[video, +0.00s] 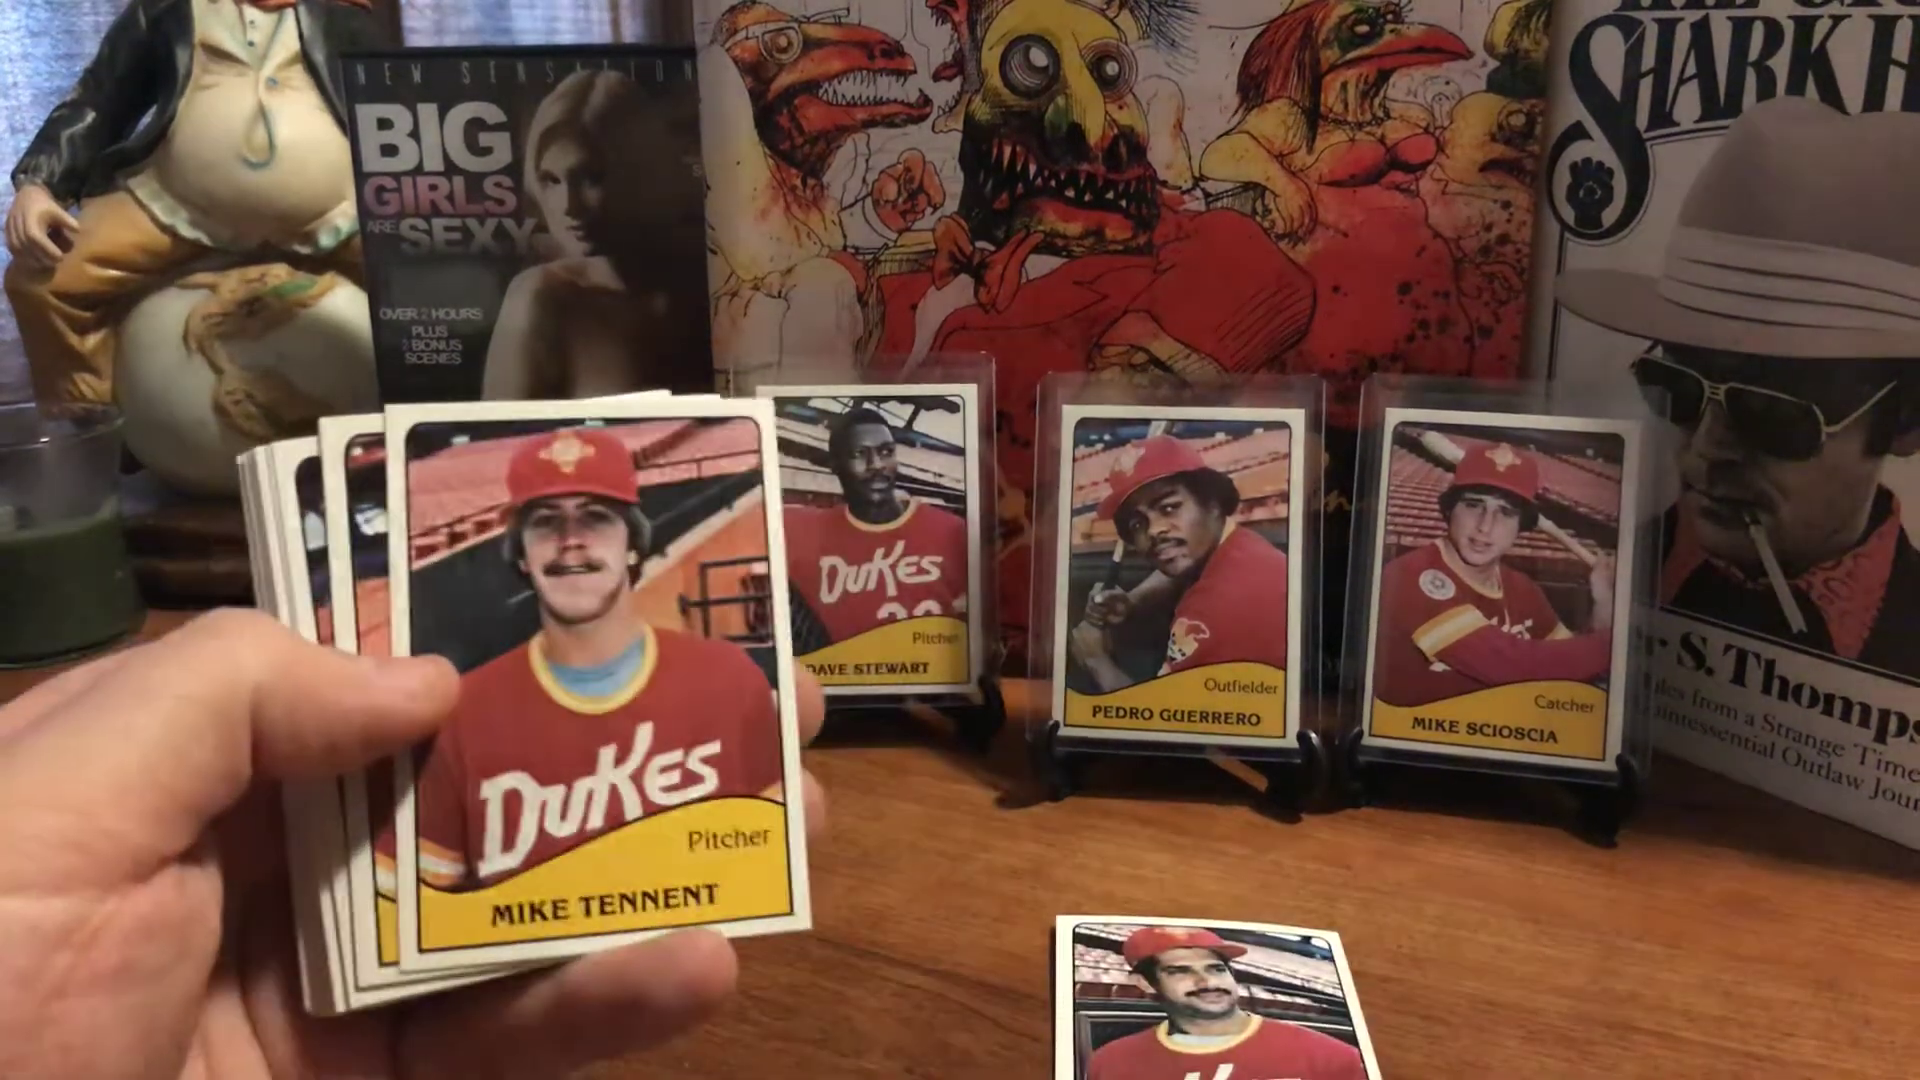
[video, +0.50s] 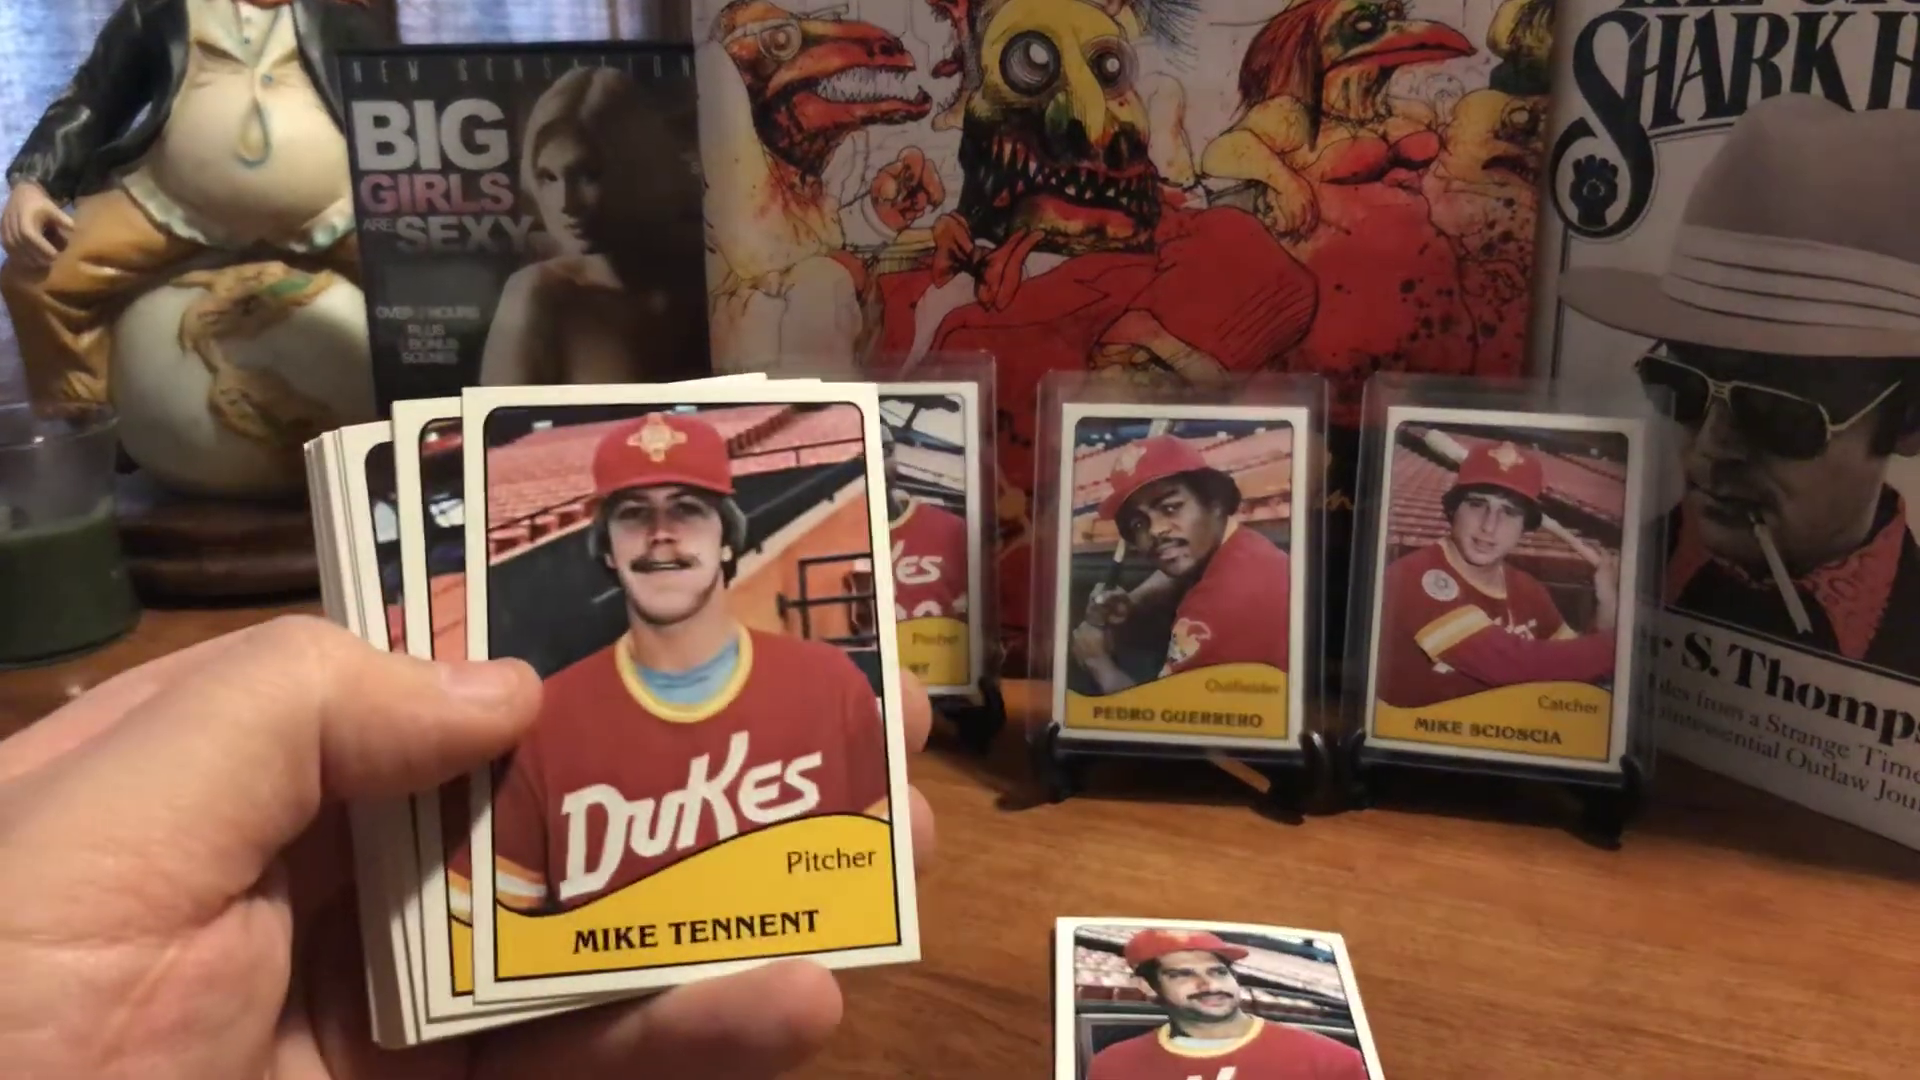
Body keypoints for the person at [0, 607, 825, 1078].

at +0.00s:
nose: (574, 549)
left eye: (596, 524)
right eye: (548, 526)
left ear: (635, 540)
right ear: (519, 544)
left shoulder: (714, 690)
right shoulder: (472, 707)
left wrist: (36, 1014)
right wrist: (53, 1013)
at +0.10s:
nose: (584, 551)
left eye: (607, 528)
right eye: (559, 531)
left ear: (646, 544)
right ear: (529, 548)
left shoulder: (722, 696)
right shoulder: (481, 711)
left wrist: (37, 1013)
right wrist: (52, 1013)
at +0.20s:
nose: (603, 556)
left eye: (627, 532)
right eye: (578, 535)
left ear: (667, 547)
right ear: (550, 552)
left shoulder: (738, 699)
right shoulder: (507, 712)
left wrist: (33, 1025)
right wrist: (47, 1024)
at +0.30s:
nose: (625, 559)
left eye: (650, 533)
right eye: (599, 536)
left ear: (689, 548)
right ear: (572, 556)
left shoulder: (765, 701)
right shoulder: (527, 718)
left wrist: (34, 1026)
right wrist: (47, 1021)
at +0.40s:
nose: (649, 553)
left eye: (675, 527)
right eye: (623, 531)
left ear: (715, 543)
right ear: (594, 551)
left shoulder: (784, 700)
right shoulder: (551, 706)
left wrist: (38, 1023)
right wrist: (49, 1018)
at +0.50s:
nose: (662, 545)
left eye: (687, 519)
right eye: (634, 523)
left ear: (728, 535)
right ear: (608, 544)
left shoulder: (797, 689)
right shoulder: (565, 700)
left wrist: (40, 1028)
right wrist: (52, 1024)